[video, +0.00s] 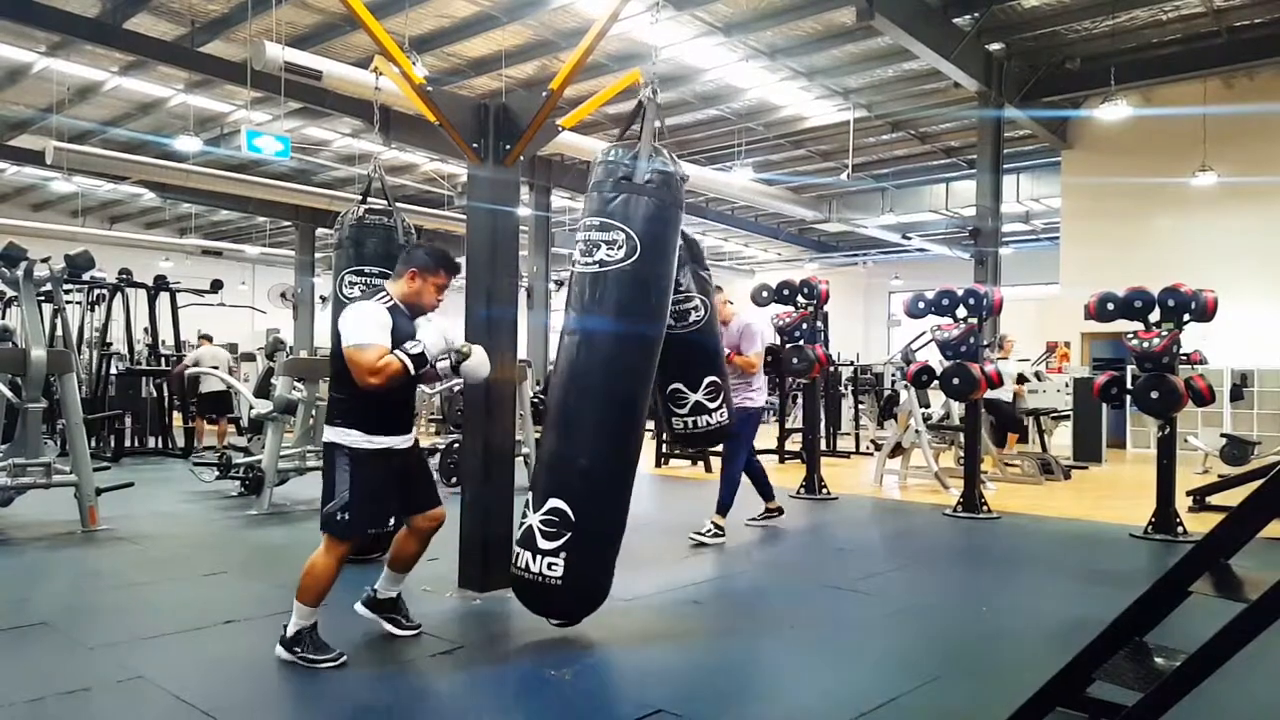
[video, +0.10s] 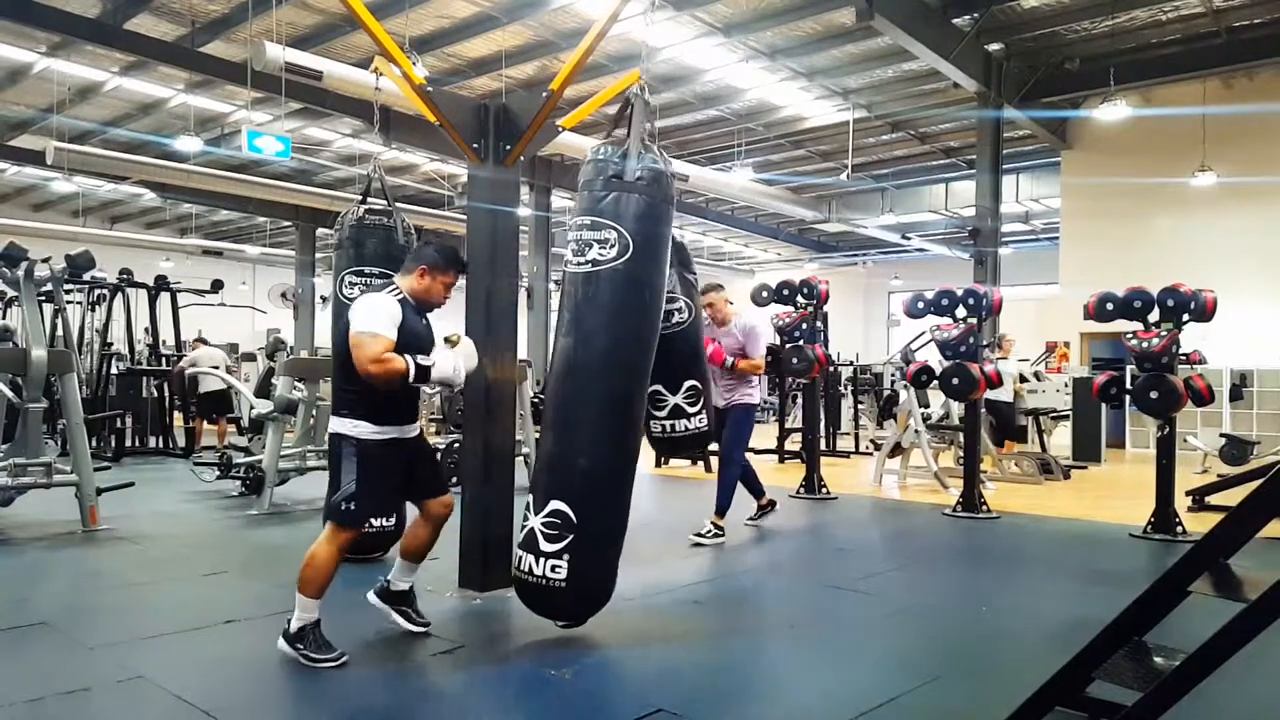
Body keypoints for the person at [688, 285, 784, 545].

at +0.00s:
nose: (713, 314)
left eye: (715, 308)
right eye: (711, 310)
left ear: (725, 302)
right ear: (713, 308)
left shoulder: (748, 327)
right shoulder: (717, 330)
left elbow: (753, 366)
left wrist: (724, 353)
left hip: (748, 404)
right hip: (728, 404)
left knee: (732, 460)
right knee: (745, 457)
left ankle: (718, 523)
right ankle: (772, 505)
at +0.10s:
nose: (708, 312)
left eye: (712, 306)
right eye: (705, 308)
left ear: (727, 301)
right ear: (704, 309)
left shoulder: (749, 326)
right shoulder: (707, 327)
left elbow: (760, 366)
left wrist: (725, 361)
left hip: (743, 400)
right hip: (719, 402)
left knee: (730, 455)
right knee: (732, 456)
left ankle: (717, 522)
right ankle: (764, 501)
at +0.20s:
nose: (704, 307)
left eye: (707, 301)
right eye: (700, 302)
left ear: (722, 297)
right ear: (699, 302)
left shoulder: (744, 323)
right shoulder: (695, 319)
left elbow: (762, 364)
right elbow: (667, 326)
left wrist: (736, 376)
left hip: (738, 398)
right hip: (709, 400)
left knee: (725, 454)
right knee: (728, 455)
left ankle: (717, 522)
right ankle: (758, 500)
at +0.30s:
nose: (687, 299)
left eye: (691, 293)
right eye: (684, 295)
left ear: (705, 291)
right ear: (683, 297)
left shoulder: (728, 317)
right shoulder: (684, 316)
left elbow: (761, 340)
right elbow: (661, 335)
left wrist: (758, 364)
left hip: (727, 398)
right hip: (702, 399)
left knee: (717, 457)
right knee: (721, 455)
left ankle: (716, 524)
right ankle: (750, 500)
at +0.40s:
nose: (681, 297)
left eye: (682, 290)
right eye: (677, 292)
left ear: (690, 288)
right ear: (674, 294)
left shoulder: (711, 308)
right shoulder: (679, 318)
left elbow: (745, 322)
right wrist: (672, 363)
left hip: (713, 395)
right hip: (694, 396)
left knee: (710, 457)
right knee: (702, 454)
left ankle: (715, 522)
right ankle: (723, 499)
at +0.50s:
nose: (684, 312)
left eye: (688, 307)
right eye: (684, 307)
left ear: (696, 309)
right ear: (684, 310)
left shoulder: (703, 326)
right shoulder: (683, 330)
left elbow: (691, 299)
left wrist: (669, 292)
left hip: (706, 392)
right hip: (687, 392)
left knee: (705, 454)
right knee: (682, 448)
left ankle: (715, 521)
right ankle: (689, 498)